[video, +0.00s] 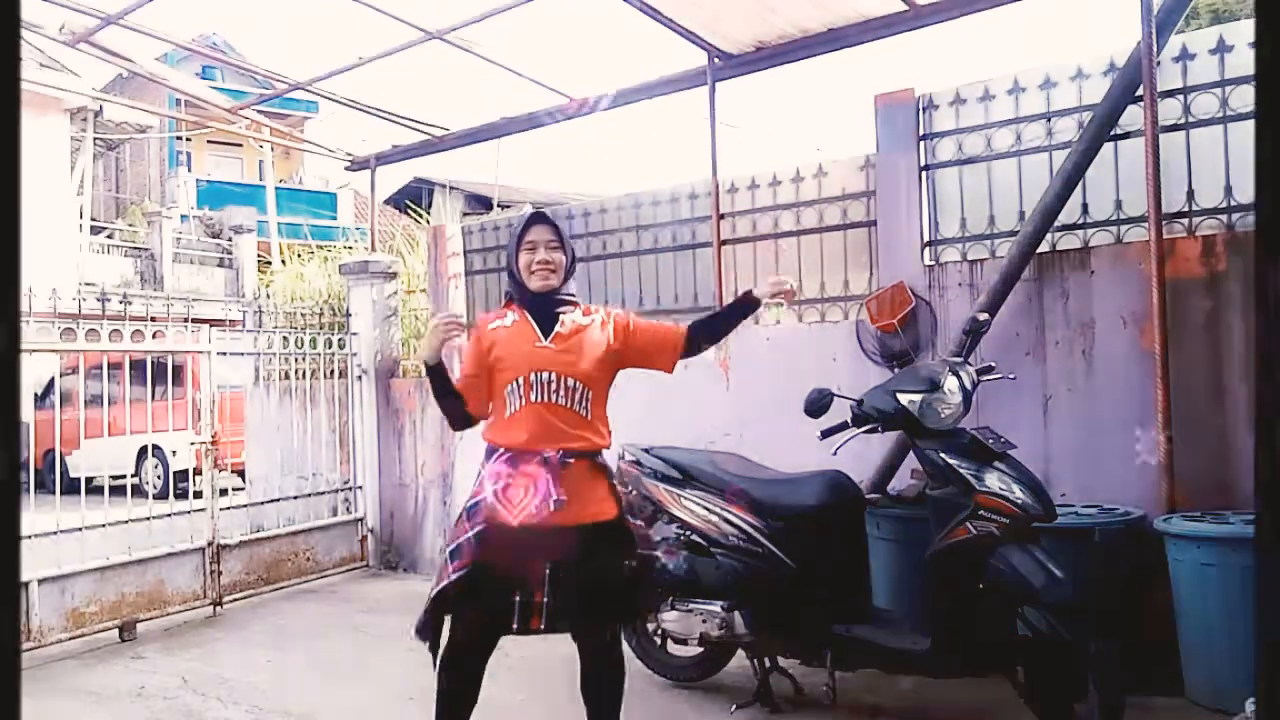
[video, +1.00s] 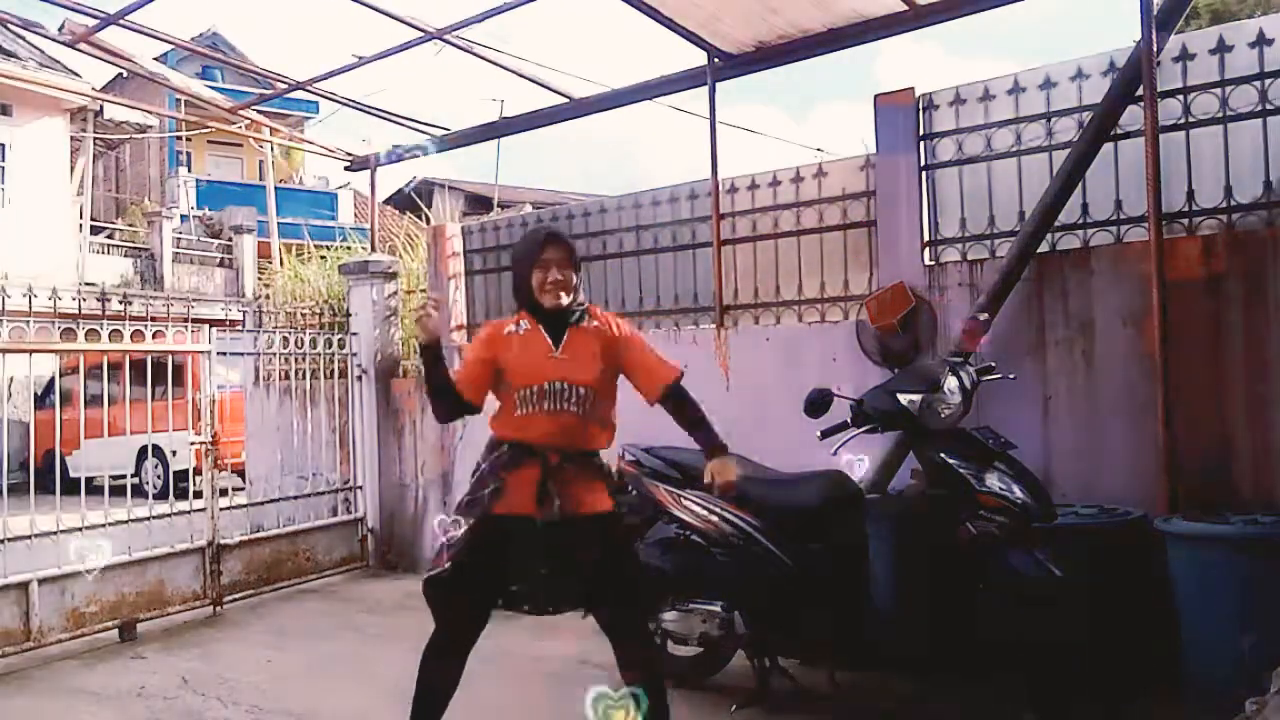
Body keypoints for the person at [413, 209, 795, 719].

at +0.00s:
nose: (542, 258)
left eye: (552, 247)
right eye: (530, 249)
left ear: (569, 258)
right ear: (513, 261)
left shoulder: (604, 325)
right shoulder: (489, 331)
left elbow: (687, 340)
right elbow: (462, 416)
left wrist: (753, 299)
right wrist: (433, 362)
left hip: (585, 503)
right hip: (504, 504)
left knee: (600, 642)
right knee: (466, 641)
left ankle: (603, 719)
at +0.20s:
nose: (535, 233)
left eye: (545, 223)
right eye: (523, 224)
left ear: (561, 234)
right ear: (507, 236)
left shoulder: (590, 295)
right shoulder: (477, 296)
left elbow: (669, 324)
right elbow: (412, 348)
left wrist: (731, 291)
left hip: (574, 465)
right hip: (491, 470)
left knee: (616, 607)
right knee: (453, 614)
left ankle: (639, 714)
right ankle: (426, 716)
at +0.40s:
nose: (536, 291)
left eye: (546, 282)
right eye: (524, 281)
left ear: (559, 295)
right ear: (504, 293)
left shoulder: (568, 372)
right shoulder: (478, 335)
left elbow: (580, 474)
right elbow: (423, 330)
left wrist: (602, 555)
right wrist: (481, 286)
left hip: (566, 534)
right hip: (494, 537)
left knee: (642, 643)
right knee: (442, 658)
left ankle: (662, 715)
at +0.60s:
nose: (560, 285)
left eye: (569, 275)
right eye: (548, 276)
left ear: (584, 287)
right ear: (532, 285)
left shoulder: (600, 354)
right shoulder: (506, 331)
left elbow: (610, 443)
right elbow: (476, 374)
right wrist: (469, 429)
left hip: (589, 503)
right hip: (512, 502)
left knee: (642, 631)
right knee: (452, 638)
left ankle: (663, 715)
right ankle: (427, 716)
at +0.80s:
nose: (583, 291)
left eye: (592, 281)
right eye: (571, 283)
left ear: (606, 289)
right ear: (554, 295)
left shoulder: (638, 334)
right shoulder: (540, 362)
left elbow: (712, 312)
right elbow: (509, 456)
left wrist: (677, 283)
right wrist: (469, 529)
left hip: (596, 520)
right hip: (522, 518)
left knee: (647, 639)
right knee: (460, 638)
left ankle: (662, 718)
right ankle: (424, 717)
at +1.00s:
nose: (556, 277)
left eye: (565, 267)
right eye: (544, 268)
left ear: (578, 274)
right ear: (523, 277)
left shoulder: (609, 331)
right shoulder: (498, 336)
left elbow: (668, 391)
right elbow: (447, 408)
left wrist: (716, 451)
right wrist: (432, 348)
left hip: (589, 510)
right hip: (507, 509)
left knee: (634, 637)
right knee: (453, 631)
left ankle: (654, 718)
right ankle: (422, 718)